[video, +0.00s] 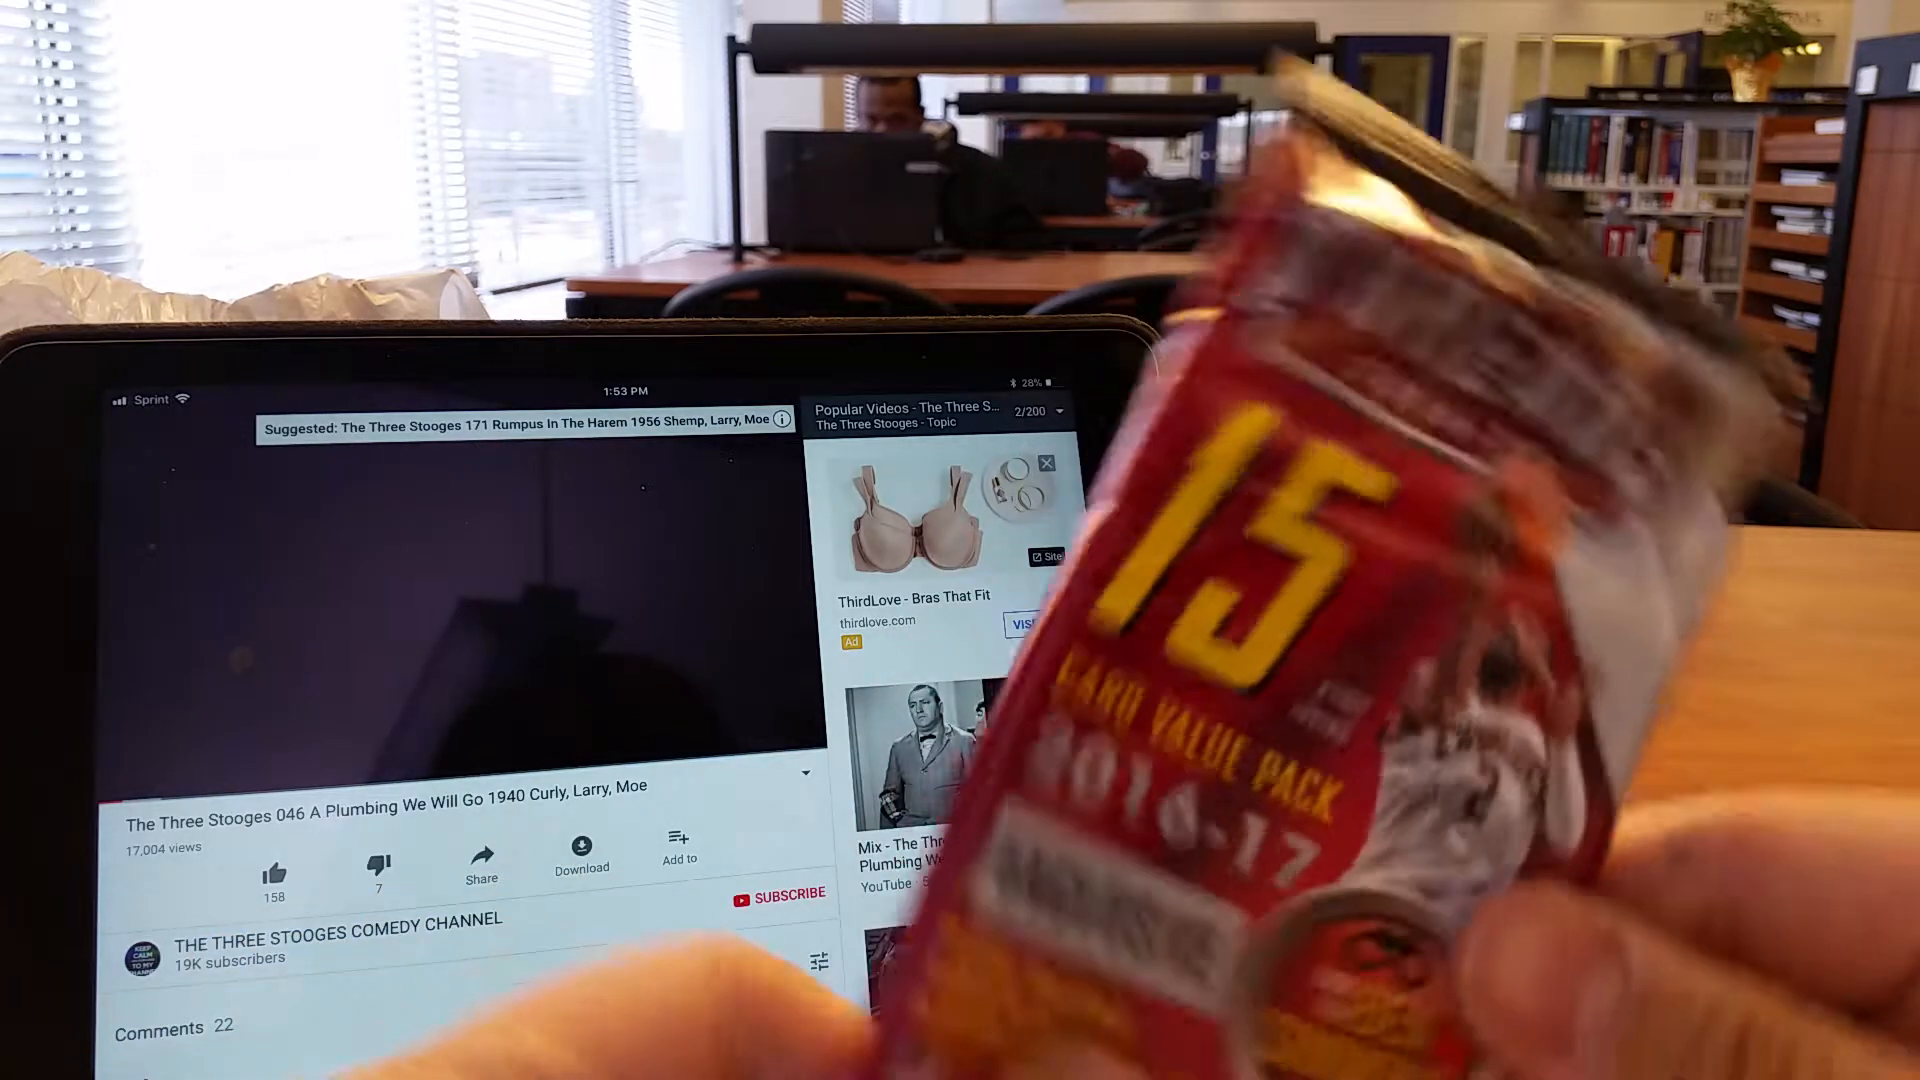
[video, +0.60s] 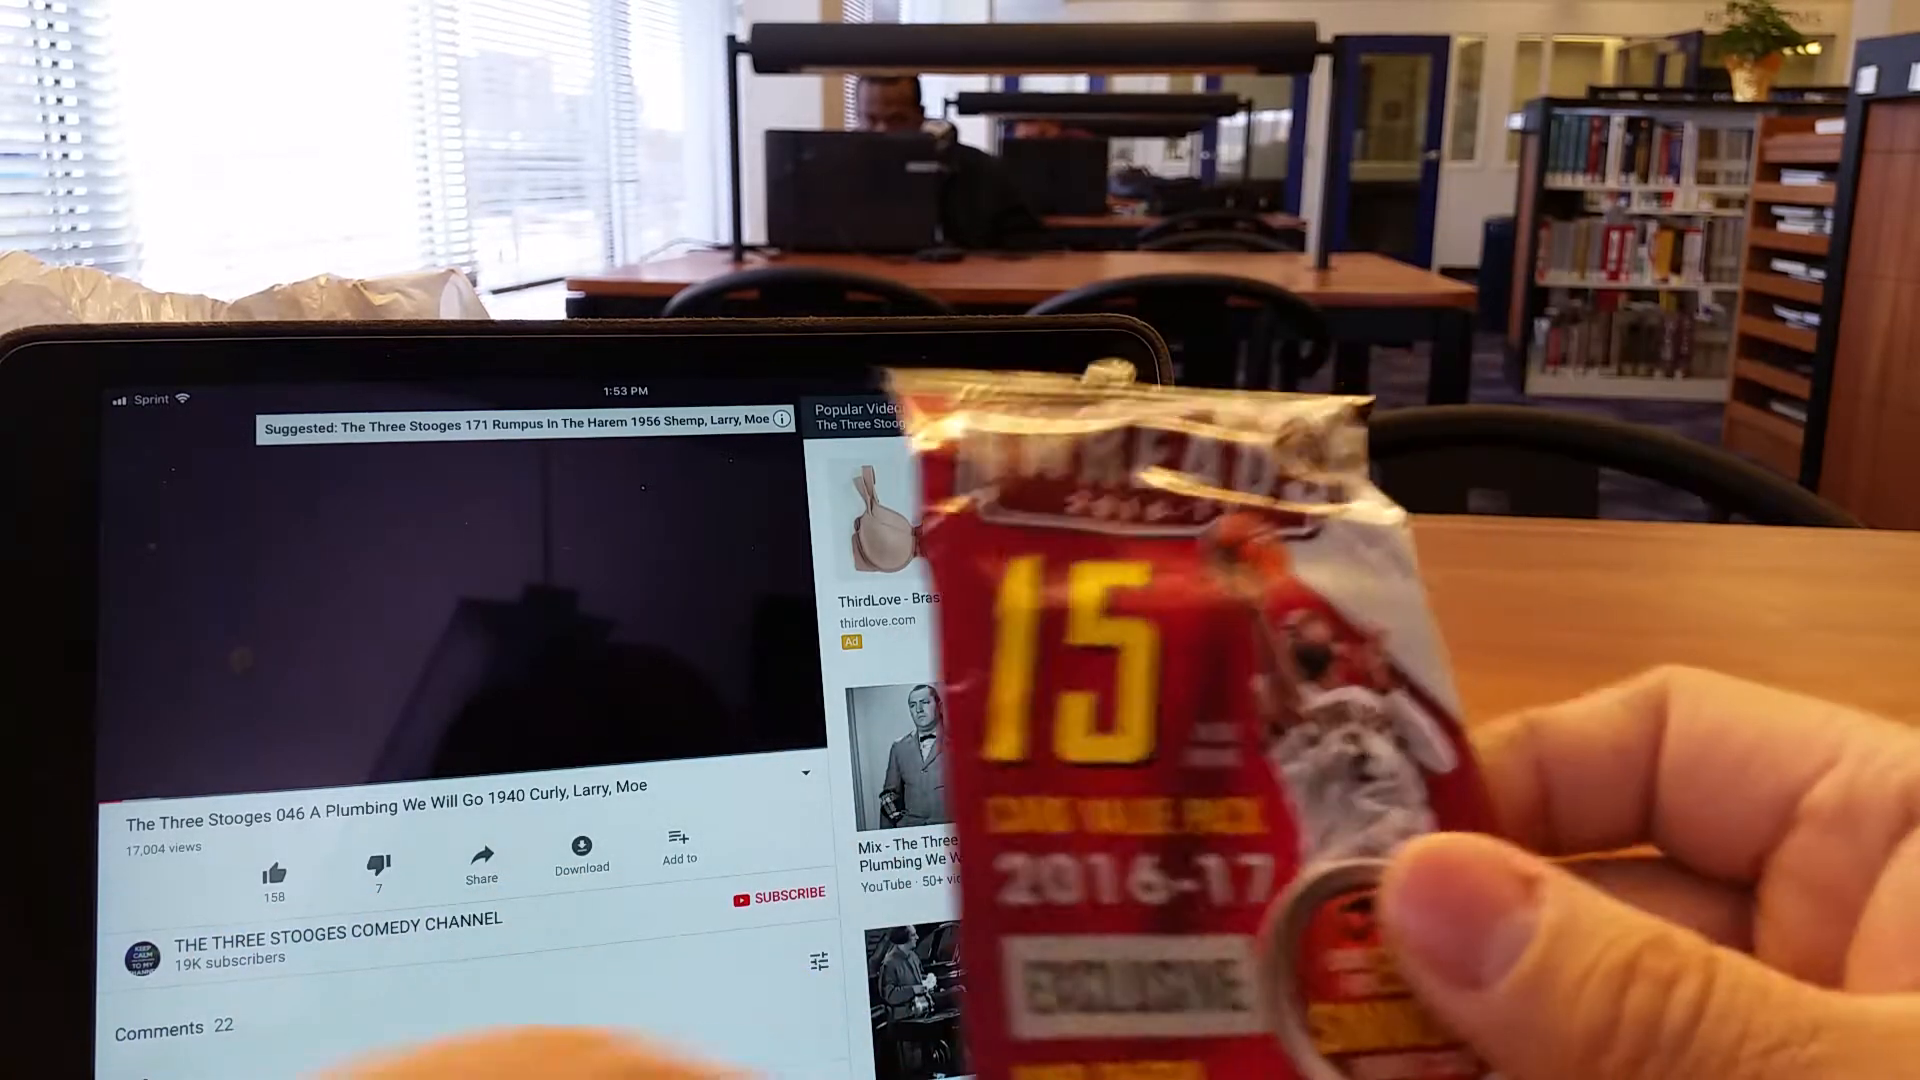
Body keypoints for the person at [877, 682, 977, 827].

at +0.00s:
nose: (919, 710)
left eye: (925, 703)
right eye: (913, 705)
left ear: (940, 707)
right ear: (910, 712)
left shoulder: (964, 742)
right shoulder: (899, 748)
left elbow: (974, 787)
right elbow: (890, 793)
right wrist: (901, 821)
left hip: (953, 826)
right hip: (911, 830)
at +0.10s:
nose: (919, 709)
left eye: (925, 703)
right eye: (913, 705)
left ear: (940, 707)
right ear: (909, 711)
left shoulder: (964, 742)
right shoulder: (899, 748)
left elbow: (981, 796)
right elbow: (890, 796)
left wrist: (978, 836)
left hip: (955, 832)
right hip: (911, 835)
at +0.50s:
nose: (919, 710)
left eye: (925, 703)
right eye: (913, 705)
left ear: (940, 707)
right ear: (909, 711)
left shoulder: (964, 742)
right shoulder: (899, 748)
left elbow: (980, 793)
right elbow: (890, 795)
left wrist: (979, 833)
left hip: (956, 832)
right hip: (912, 836)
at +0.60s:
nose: (919, 709)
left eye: (925, 702)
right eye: (913, 705)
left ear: (939, 706)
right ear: (909, 710)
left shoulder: (953, 742)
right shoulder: (899, 748)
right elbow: (890, 792)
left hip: (949, 826)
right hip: (911, 829)